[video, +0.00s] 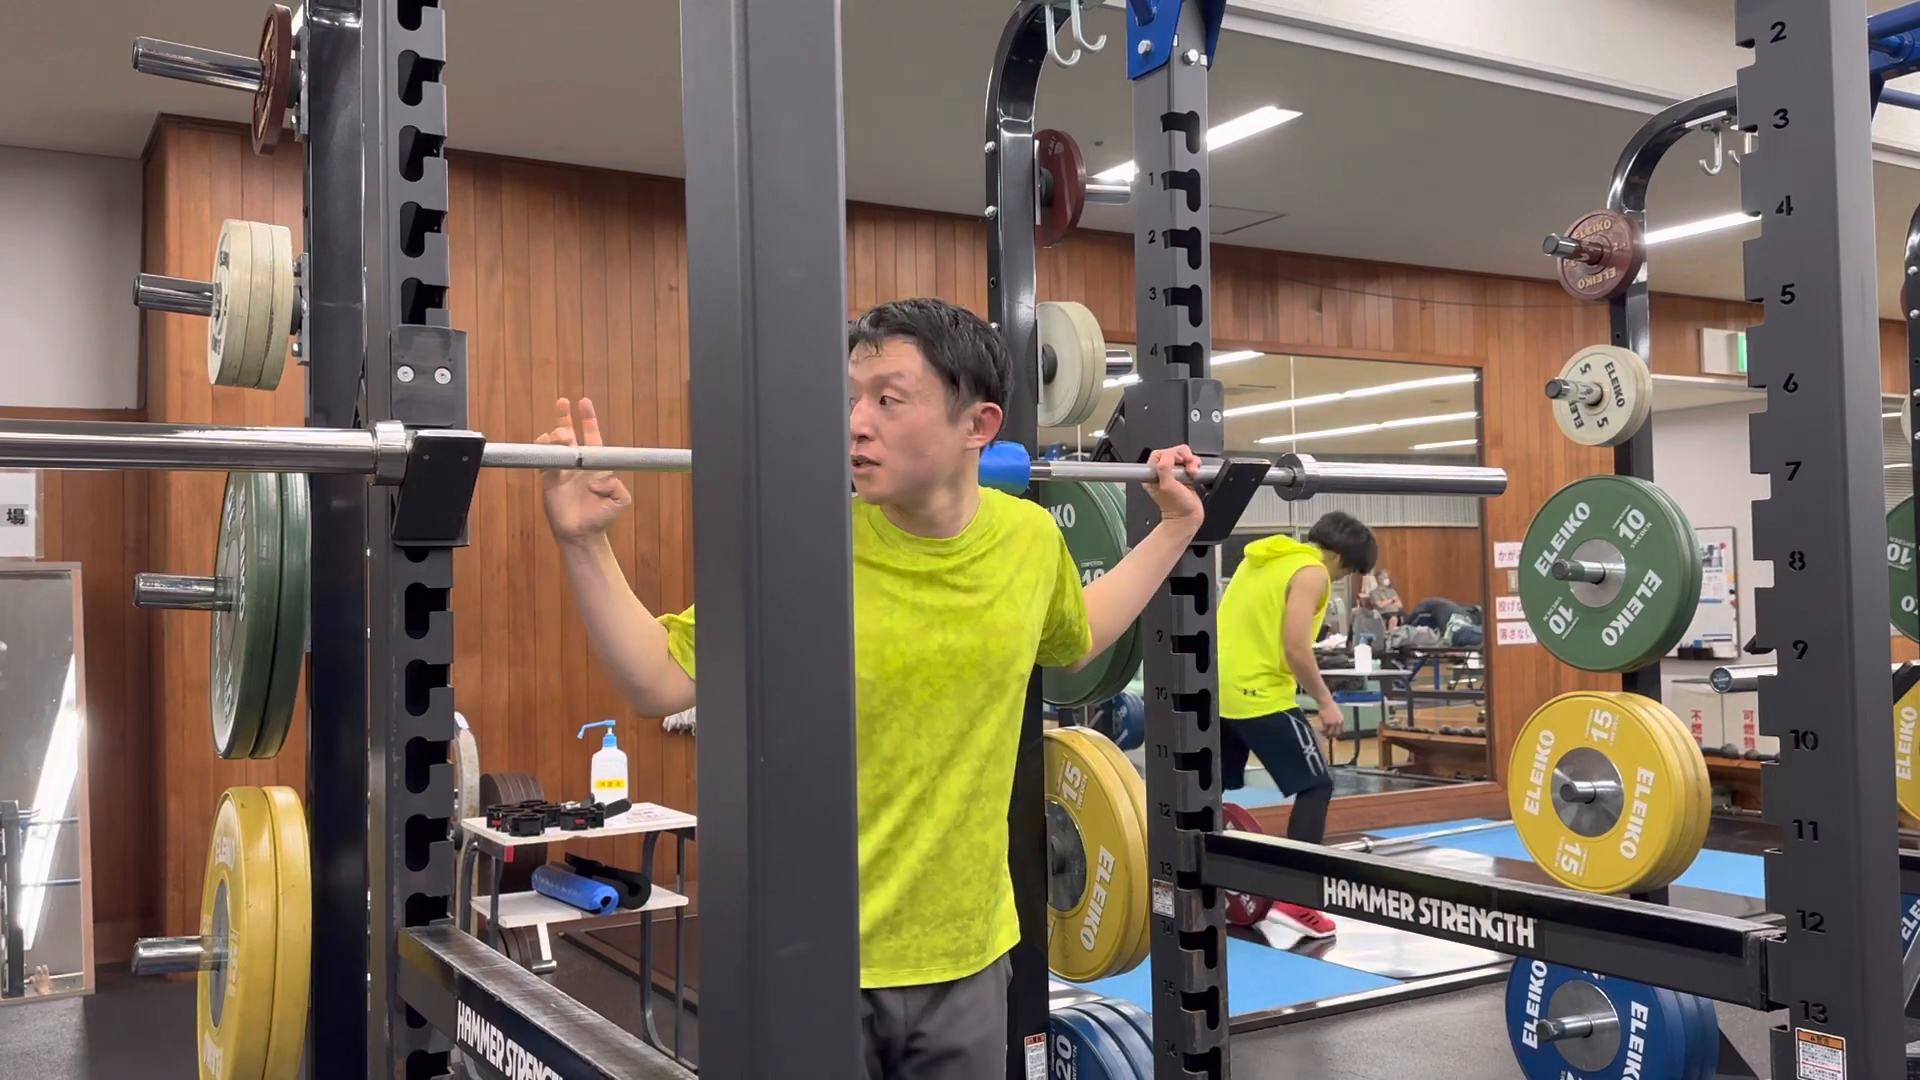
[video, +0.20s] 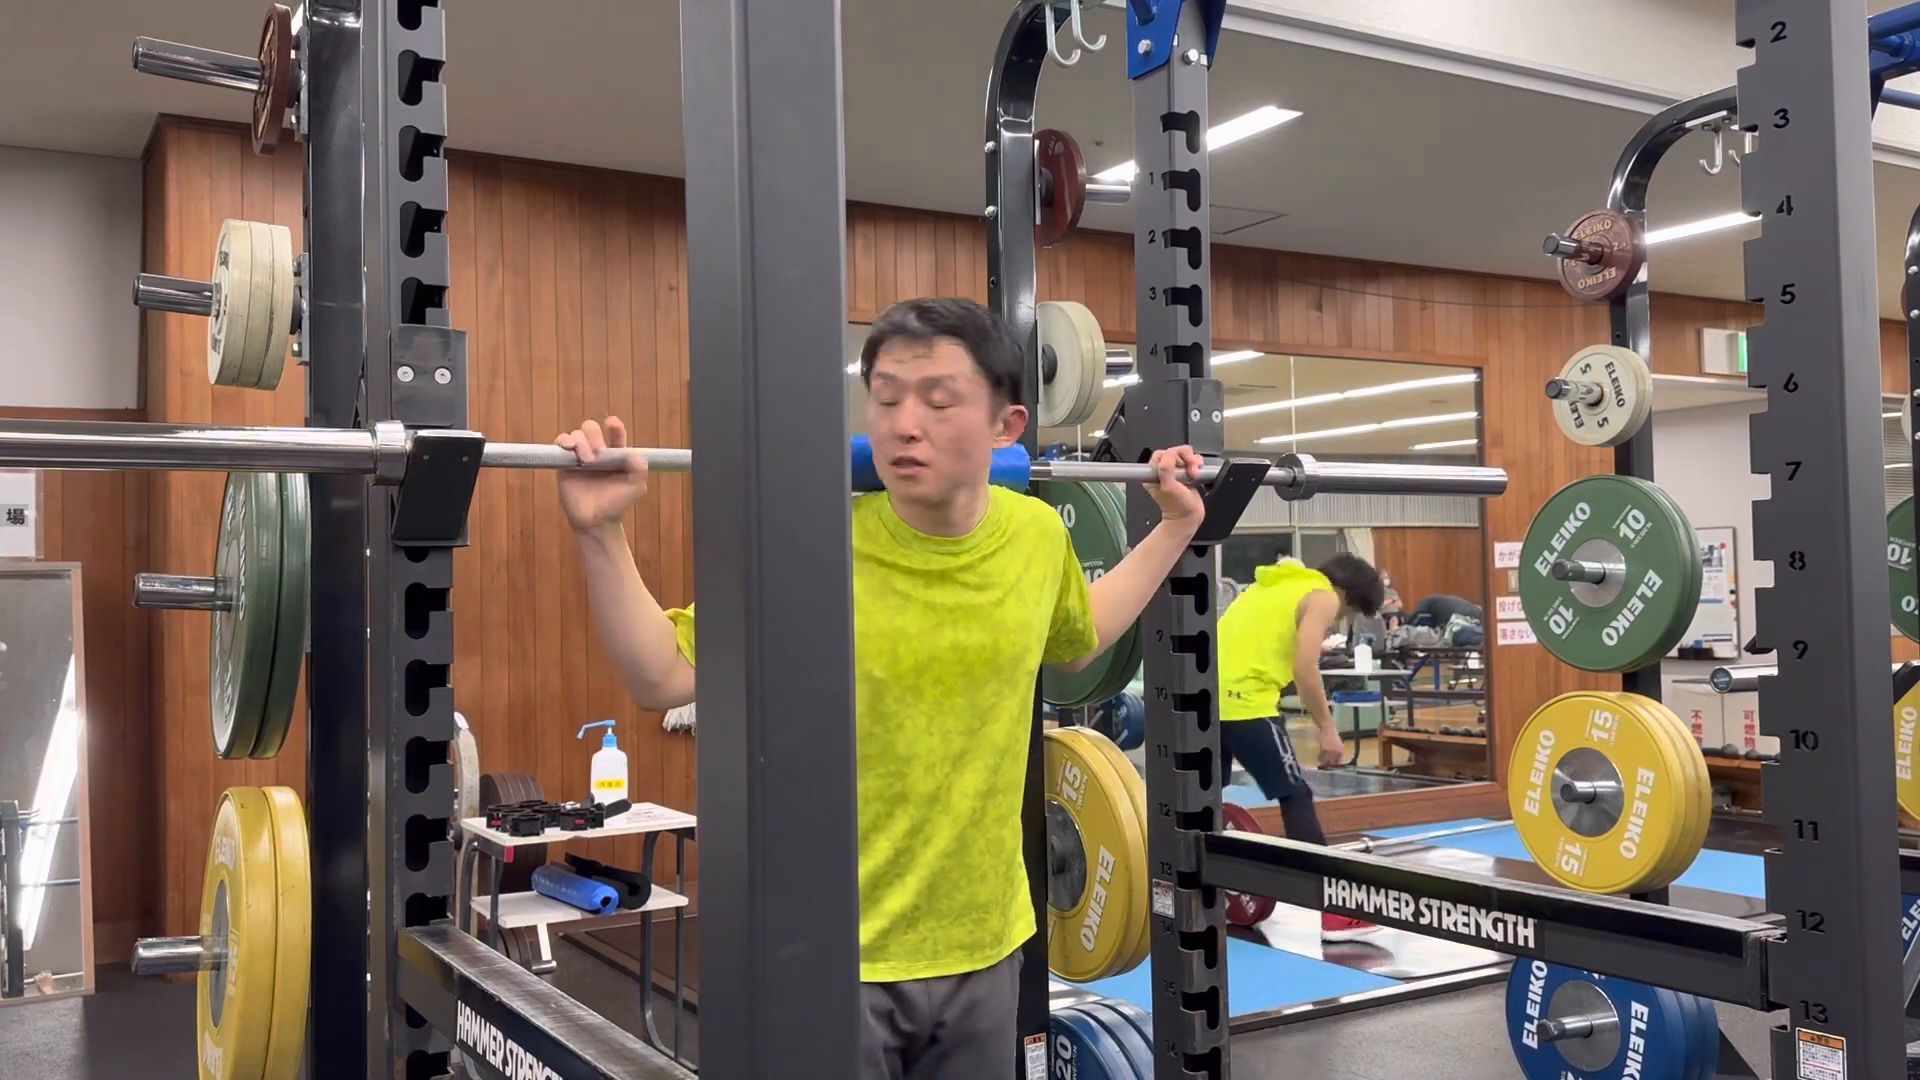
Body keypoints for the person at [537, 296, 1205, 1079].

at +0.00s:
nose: (856, 423)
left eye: (890, 397)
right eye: (850, 397)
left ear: (980, 425)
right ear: (839, 411)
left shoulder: (1028, 538)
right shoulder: (815, 545)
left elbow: (1073, 638)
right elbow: (665, 684)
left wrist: (1175, 530)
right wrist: (584, 544)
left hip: (968, 967)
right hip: (811, 966)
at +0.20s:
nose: (905, 423)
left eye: (939, 398)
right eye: (886, 397)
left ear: (1004, 422)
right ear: (864, 417)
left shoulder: (1036, 534)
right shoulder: (816, 538)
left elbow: (1077, 638)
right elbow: (665, 681)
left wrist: (1174, 530)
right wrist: (601, 537)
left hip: (988, 957)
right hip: (838, 963)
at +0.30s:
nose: (974, 428)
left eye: (998, 402)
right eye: (944, 400)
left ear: (1023, 424)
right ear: (886, 423)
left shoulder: (1031, 533)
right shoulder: (818, 543)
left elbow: (1072, 637)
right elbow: (657, 671)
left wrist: (1170, 529)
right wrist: (601, 526)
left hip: (992, 950)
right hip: (846, 962)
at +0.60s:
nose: (991, 457)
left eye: (1010, 428)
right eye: (961, 426)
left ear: (1028, 431)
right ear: (892, 427)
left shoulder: (1024, 535)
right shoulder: (815, 541)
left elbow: (1063, 635)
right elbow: (651, 667)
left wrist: (1162, 527)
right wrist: (598, 523)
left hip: (980, 952)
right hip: (844, 969)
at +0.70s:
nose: (993, 461)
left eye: (1013, 432)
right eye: (963, 430)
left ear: (1030, 433)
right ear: (892, 427)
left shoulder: (1024, 536)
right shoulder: (812, 539)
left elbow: (1067, 636)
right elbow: (650, 667)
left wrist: (1164, 526)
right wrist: (596, 523)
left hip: (976, 954)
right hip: (836, 970)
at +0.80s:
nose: (989, 458)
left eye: (1009, 429)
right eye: (960, 427)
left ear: (1027, 428)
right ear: (888, 423)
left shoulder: (1022, 534)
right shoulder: (809, 538)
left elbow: (1066, 636)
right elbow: (648, 670)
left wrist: (1164, 524)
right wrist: (595, 521)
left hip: (972, 954)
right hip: (828, 966)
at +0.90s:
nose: (977, 451)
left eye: (997, 422)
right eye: (948, 421)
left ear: (1017, 423)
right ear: (877, 417)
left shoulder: (1016, 531)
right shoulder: (804, 530)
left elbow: (1064, 634)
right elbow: (647, 671)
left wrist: (1164, 525)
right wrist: (596, 522)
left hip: (974, 955)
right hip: (828, 972)